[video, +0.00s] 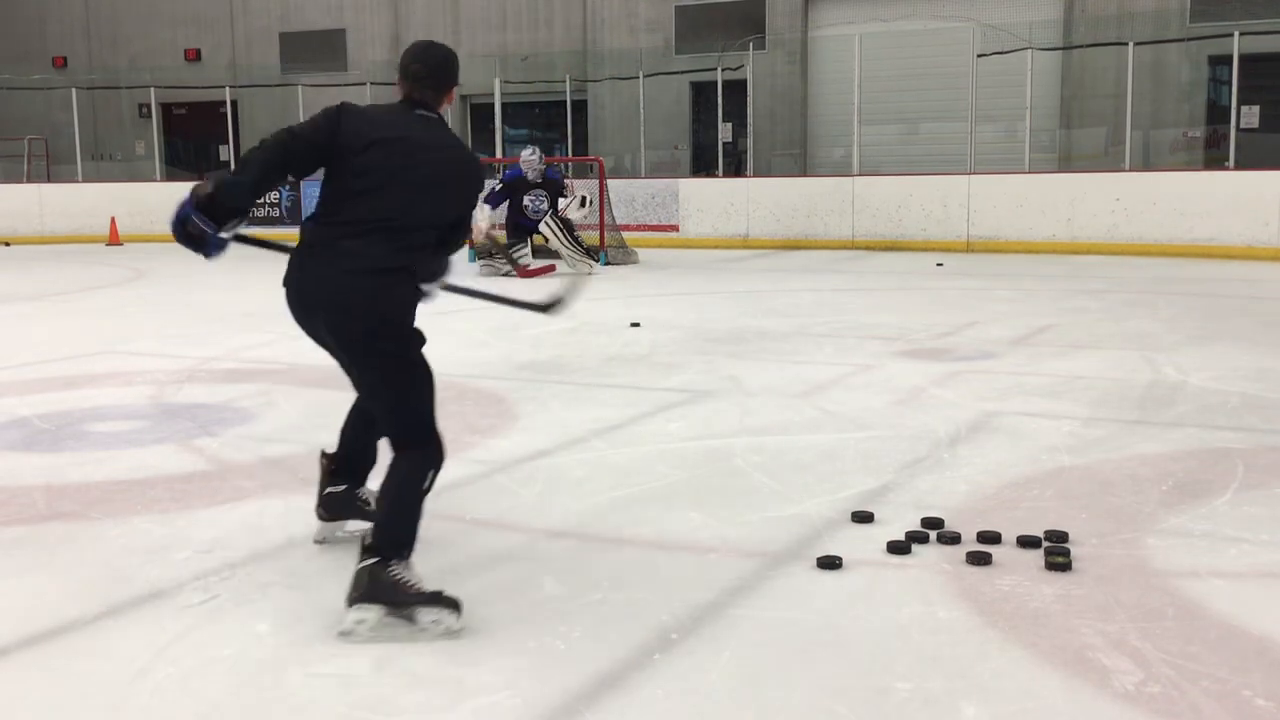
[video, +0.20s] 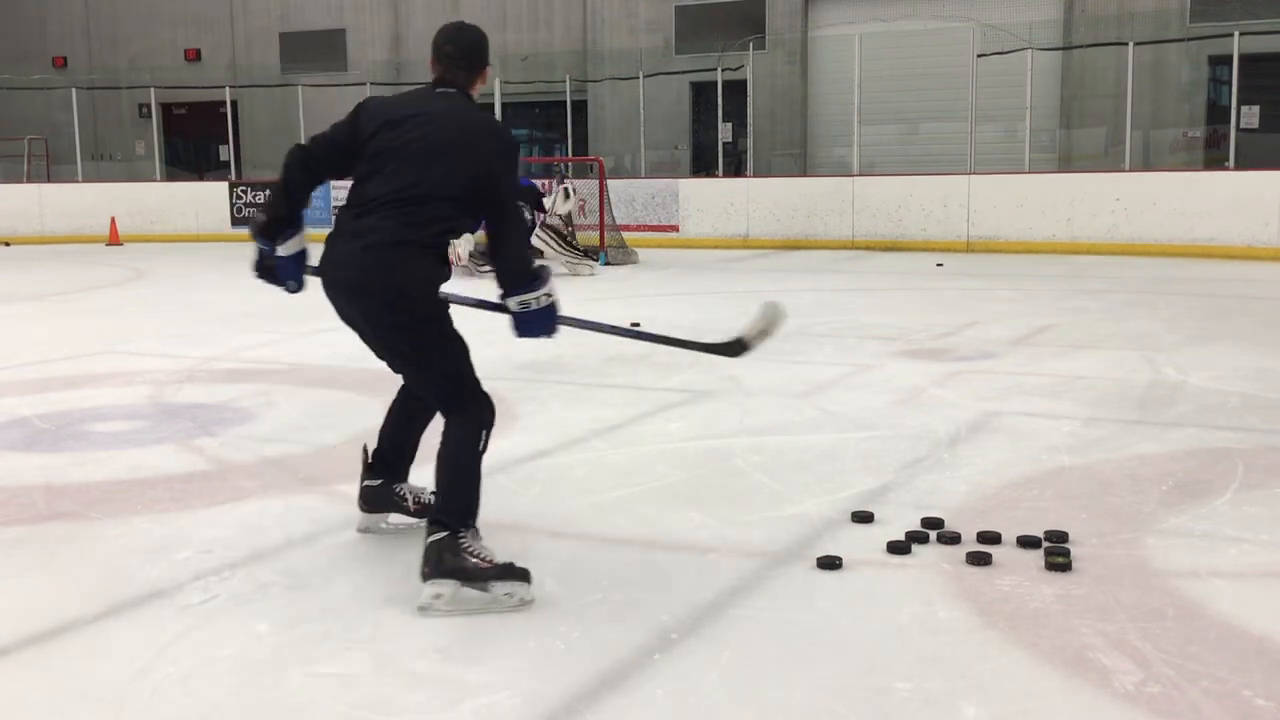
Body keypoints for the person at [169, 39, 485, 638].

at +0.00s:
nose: (448, 96)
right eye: (452, 89)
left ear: (398, 83)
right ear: (451, 93)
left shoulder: (350, 122)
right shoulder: (462, 164)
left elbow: (278, 153)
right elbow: (443, 248)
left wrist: (212, 208)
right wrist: (414, 275)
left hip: (307, 289)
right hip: (375, 309)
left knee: (384, 383)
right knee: (419, 448)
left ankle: (342, 490)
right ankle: (384, 566)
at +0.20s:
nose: (484, 78)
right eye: (486, 71)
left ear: (430, 67)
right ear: (482, 74)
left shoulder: (380, 112)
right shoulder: (491, 138)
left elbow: (303, 160)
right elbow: (504, 226)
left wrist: (280, 237)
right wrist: (528, 292)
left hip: (342, 274)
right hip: (403, 284)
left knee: (429, 374)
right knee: (470, 408)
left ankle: (382, 483)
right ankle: (451, 541)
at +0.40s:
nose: (533, 67)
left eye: (530, 57)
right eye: (534, 58)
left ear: (480, 52)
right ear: (526, 60)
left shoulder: (425, 101)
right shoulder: (523, 120)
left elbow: (355, 160)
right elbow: (547, 218)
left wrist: (353, 233)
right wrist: (586, 288)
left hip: (383, 263)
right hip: (439, 273)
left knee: (447, 377)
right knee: (512, 395)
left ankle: (393, 485)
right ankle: (493, 536)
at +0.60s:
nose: (589, 66)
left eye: (592, 54)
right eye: (591, 54)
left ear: (537, 40)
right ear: (574, 46)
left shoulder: (466, 81)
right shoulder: (569, 119)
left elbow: (387, 132)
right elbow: (579, 226)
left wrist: (385, 211)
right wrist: (613, 306)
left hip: (417, 257)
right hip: (487, 269)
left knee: (436, 375)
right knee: (551, 399)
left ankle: (400, 486)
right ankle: (554, 540)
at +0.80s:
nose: (628, 64)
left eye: (632, 52)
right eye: (629, 50)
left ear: (577, 31)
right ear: (607, 40)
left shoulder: (489, 62)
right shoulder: (603, 118)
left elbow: (398, 91)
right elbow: (604, 225)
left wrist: (408, 179)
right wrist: (627, 321)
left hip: (440, 251)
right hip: (520, 262)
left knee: (440, 376)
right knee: (562, 401)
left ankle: (408, 505)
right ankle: (606, 533)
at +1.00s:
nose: (626, 63)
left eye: (631, 52)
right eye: (628, 50)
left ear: (577, 27)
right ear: (605, 36)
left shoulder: (485, 55)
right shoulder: (606, 116)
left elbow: (395, 80)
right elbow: (609, 230)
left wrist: (407, 162)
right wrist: (632, 319)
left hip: (433, 253)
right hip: (519, 264)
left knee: (424, 380)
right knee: (557, 404)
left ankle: (396, 515)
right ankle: (604, 543)